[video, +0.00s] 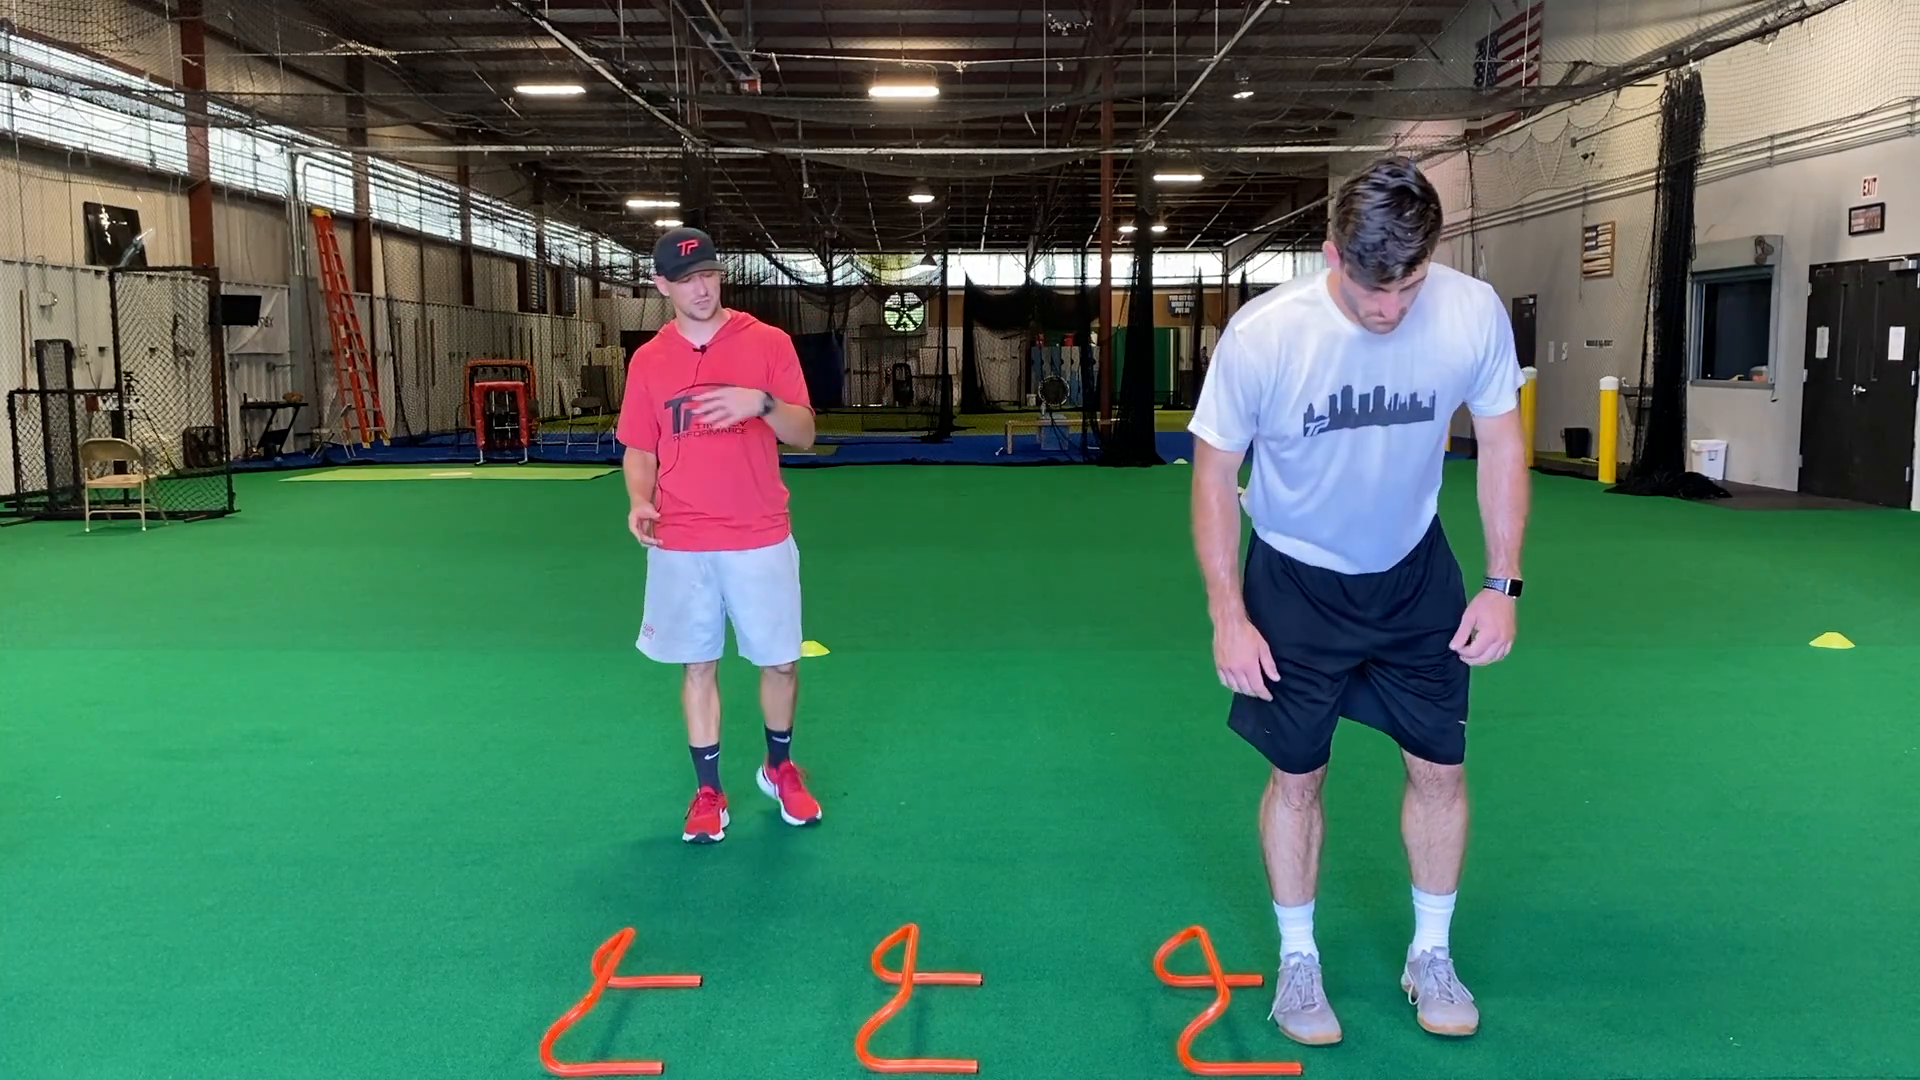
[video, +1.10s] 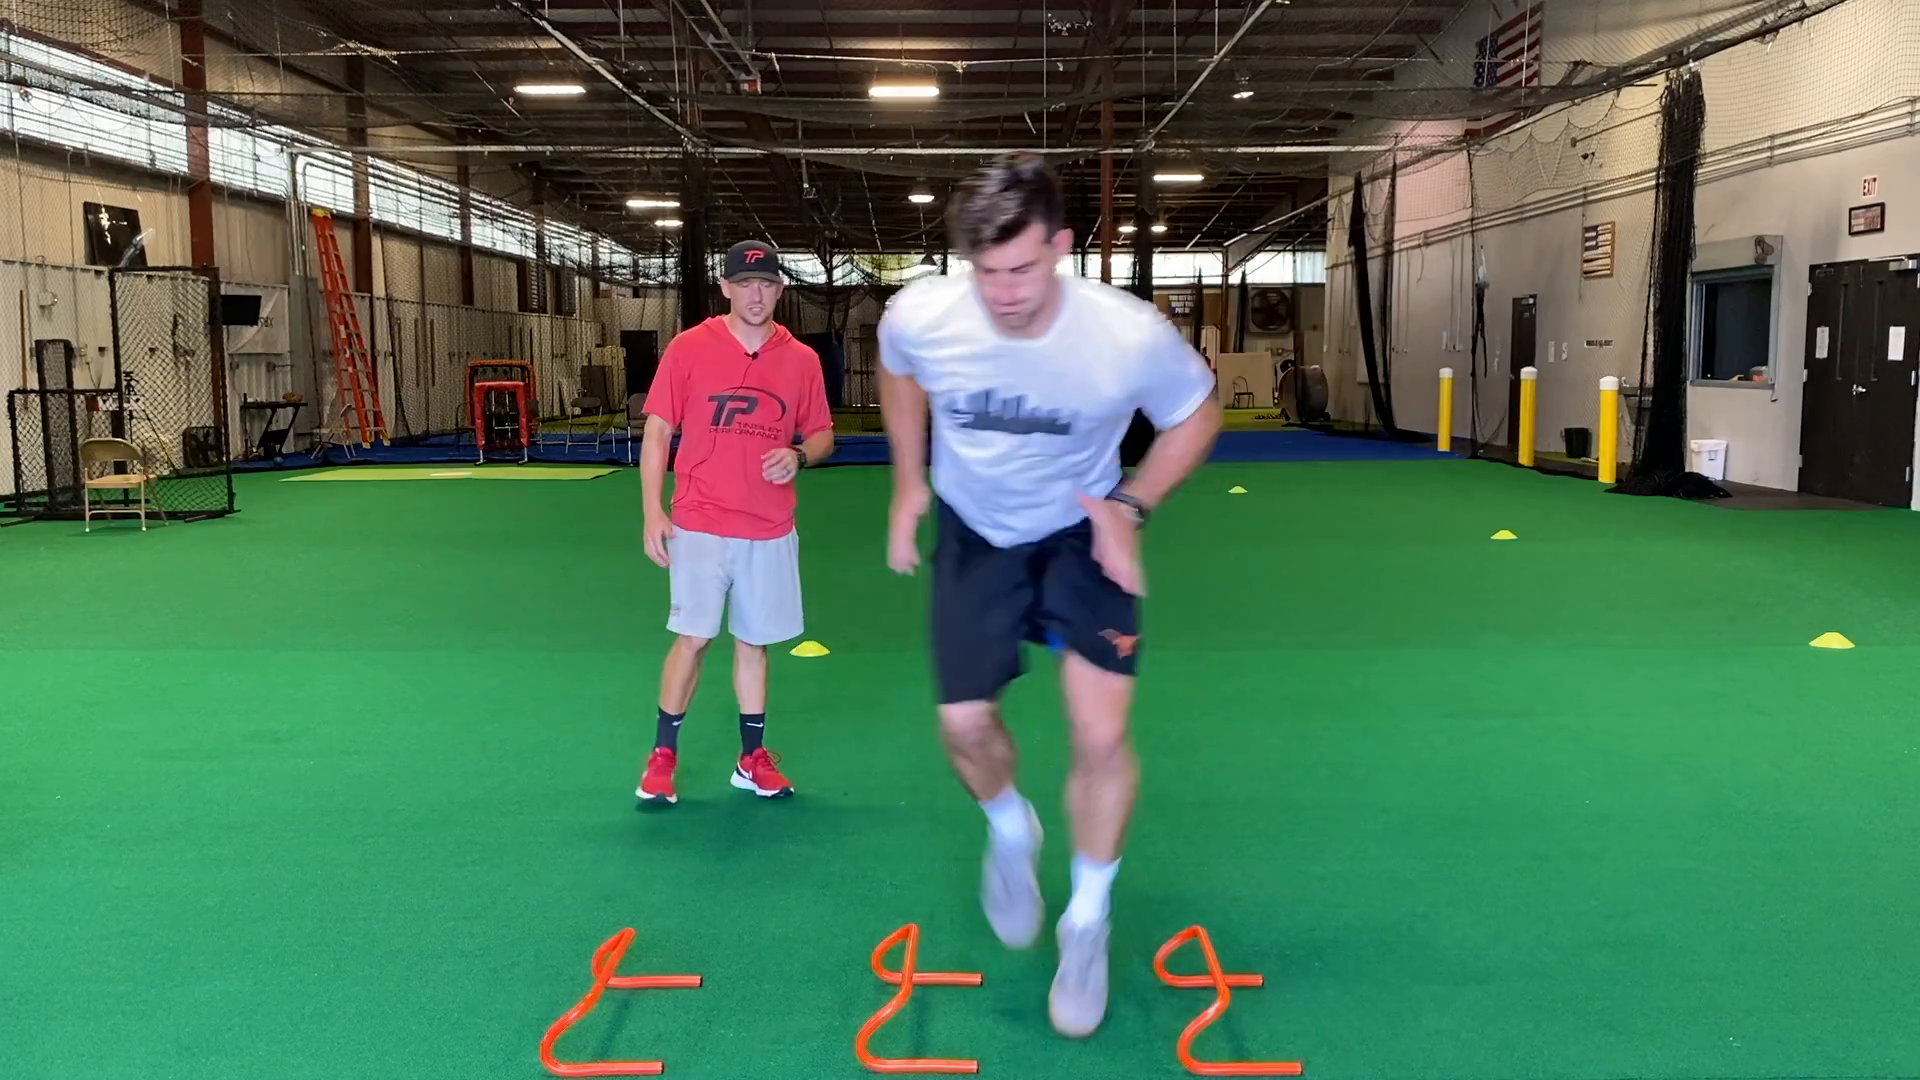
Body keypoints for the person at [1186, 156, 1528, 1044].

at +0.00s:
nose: (1389, 309)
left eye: (1405, 288)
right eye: (1371, 289)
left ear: (1427, 259)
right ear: (1333, 258)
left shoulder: (1472, 314)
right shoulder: (1260, 338)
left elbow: (1501, 446)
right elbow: (1214, 472)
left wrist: (1503, 581)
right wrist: (1228, 615)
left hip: (1415, 574)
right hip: (1296, 579)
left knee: (1441, 761)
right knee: (1297, 772)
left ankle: (1432, 955)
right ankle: (1298, 961)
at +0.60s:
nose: (1367, 377)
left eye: (1386, 357)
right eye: (1349, 357)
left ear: (1410, 334)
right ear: (1309, 329)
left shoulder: (1451, 409)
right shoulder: (1229, 380)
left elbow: (1487, 514)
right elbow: (1177, 440)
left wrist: (1461, 647)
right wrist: (1180, 571)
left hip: (1369, 578)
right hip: (1248, 573)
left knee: (1410, 772)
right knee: (1259, 756)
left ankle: (1421, 957)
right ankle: (1275, 871)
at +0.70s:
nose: (1316, 376)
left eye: (1336, 356)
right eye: (1298, 355)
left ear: (1363, 335)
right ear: (1262, 331)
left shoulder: (1408, 421)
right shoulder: (1197, 388)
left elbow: (1440, 527)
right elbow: (1138, 424)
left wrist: (1387, 628)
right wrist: (1126, 539)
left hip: (1341, 590)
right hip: (1216, 579)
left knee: (1400, 789)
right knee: (1199, 739)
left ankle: (1422, 961)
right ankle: (1190, 814)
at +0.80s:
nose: (1237, 342)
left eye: (1254, 322)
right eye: (1220, 322)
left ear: (1280, 298)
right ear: (1181, 302)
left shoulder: (1334, 371)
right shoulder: (1121, 364)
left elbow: (1390, 441)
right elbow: (1078, 403)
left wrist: (1331, 516)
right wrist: (1082, 521)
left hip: (1293, 582)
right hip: (1163, 572)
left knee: (1360, 764)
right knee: (1116, 735)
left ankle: (1423, 947)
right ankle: (1091, 877)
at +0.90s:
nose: (1149, 313)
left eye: (1165, 293)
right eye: (1130, 295)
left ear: (1193, 275)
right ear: (1099, 279)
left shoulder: (1250, 333)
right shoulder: (1039, 354)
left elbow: (1320, 349)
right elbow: (1010, 423)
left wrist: (1293, 478)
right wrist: (1038, 539)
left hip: (1230, 569)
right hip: (1103, 581)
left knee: (1315, 750)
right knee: (1081, 773)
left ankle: (1343, 857)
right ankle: (1053, 942)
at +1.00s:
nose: (1073, 296)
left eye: (1090, 276)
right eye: (1056, 278)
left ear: (1123, 251)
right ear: (1027, 260)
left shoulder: (1181, 324)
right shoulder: (978, 334)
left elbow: (1262, 347)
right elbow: (948, 408)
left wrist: (1224, 476)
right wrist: (978, 498)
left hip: (1159, 546)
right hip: (1042, 565)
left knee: (1205, 714)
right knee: (1041, 753)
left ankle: (1180, 814)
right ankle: (1048, 935)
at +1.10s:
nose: (1006, 289)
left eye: (1023, 269)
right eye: (989, 271)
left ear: (1062, 249)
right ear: (966, 259)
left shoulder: (1127, 334)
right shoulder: (921, 316)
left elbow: (1199, 411)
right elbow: (897, 368)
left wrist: (1132, 504)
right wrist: (910, 482)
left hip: (1087, 527)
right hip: (971, 527)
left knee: (1101, 737)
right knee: (964, 722)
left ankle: (1087, 920)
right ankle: (1012, 831)